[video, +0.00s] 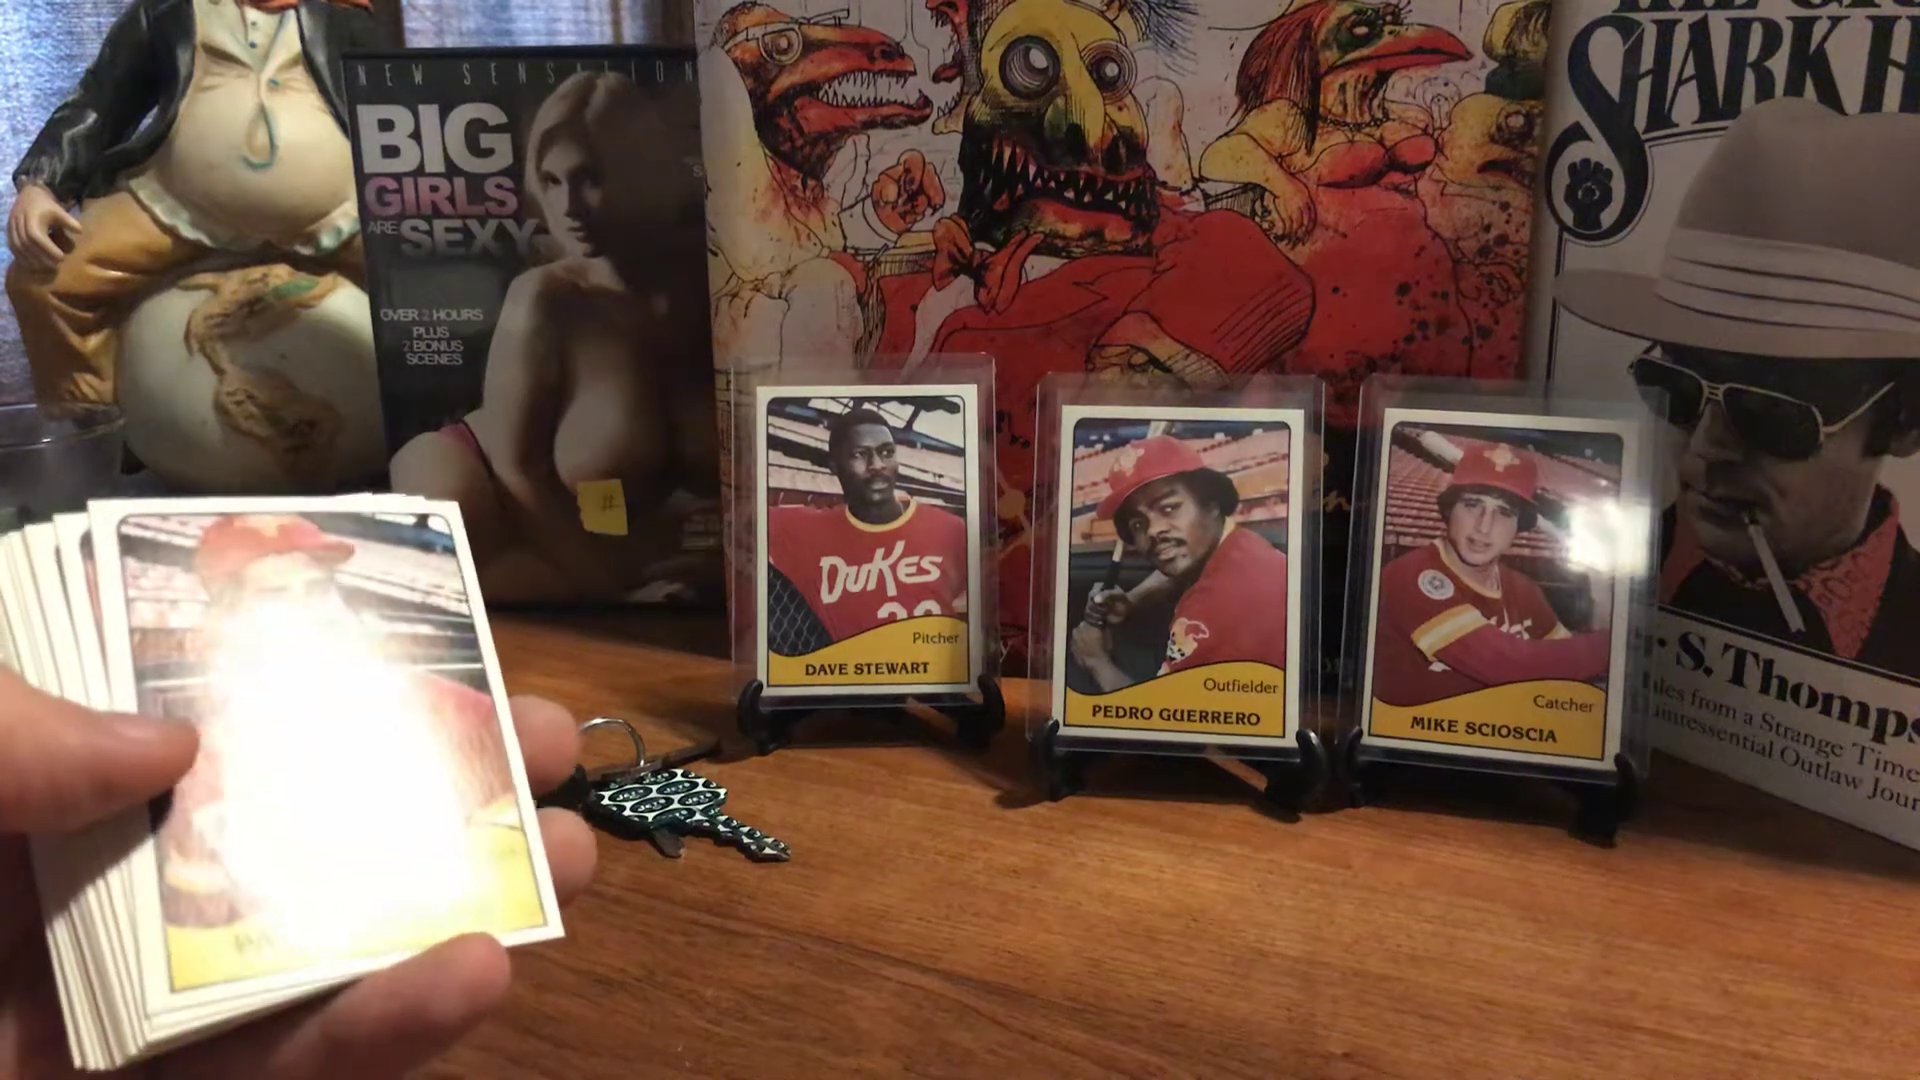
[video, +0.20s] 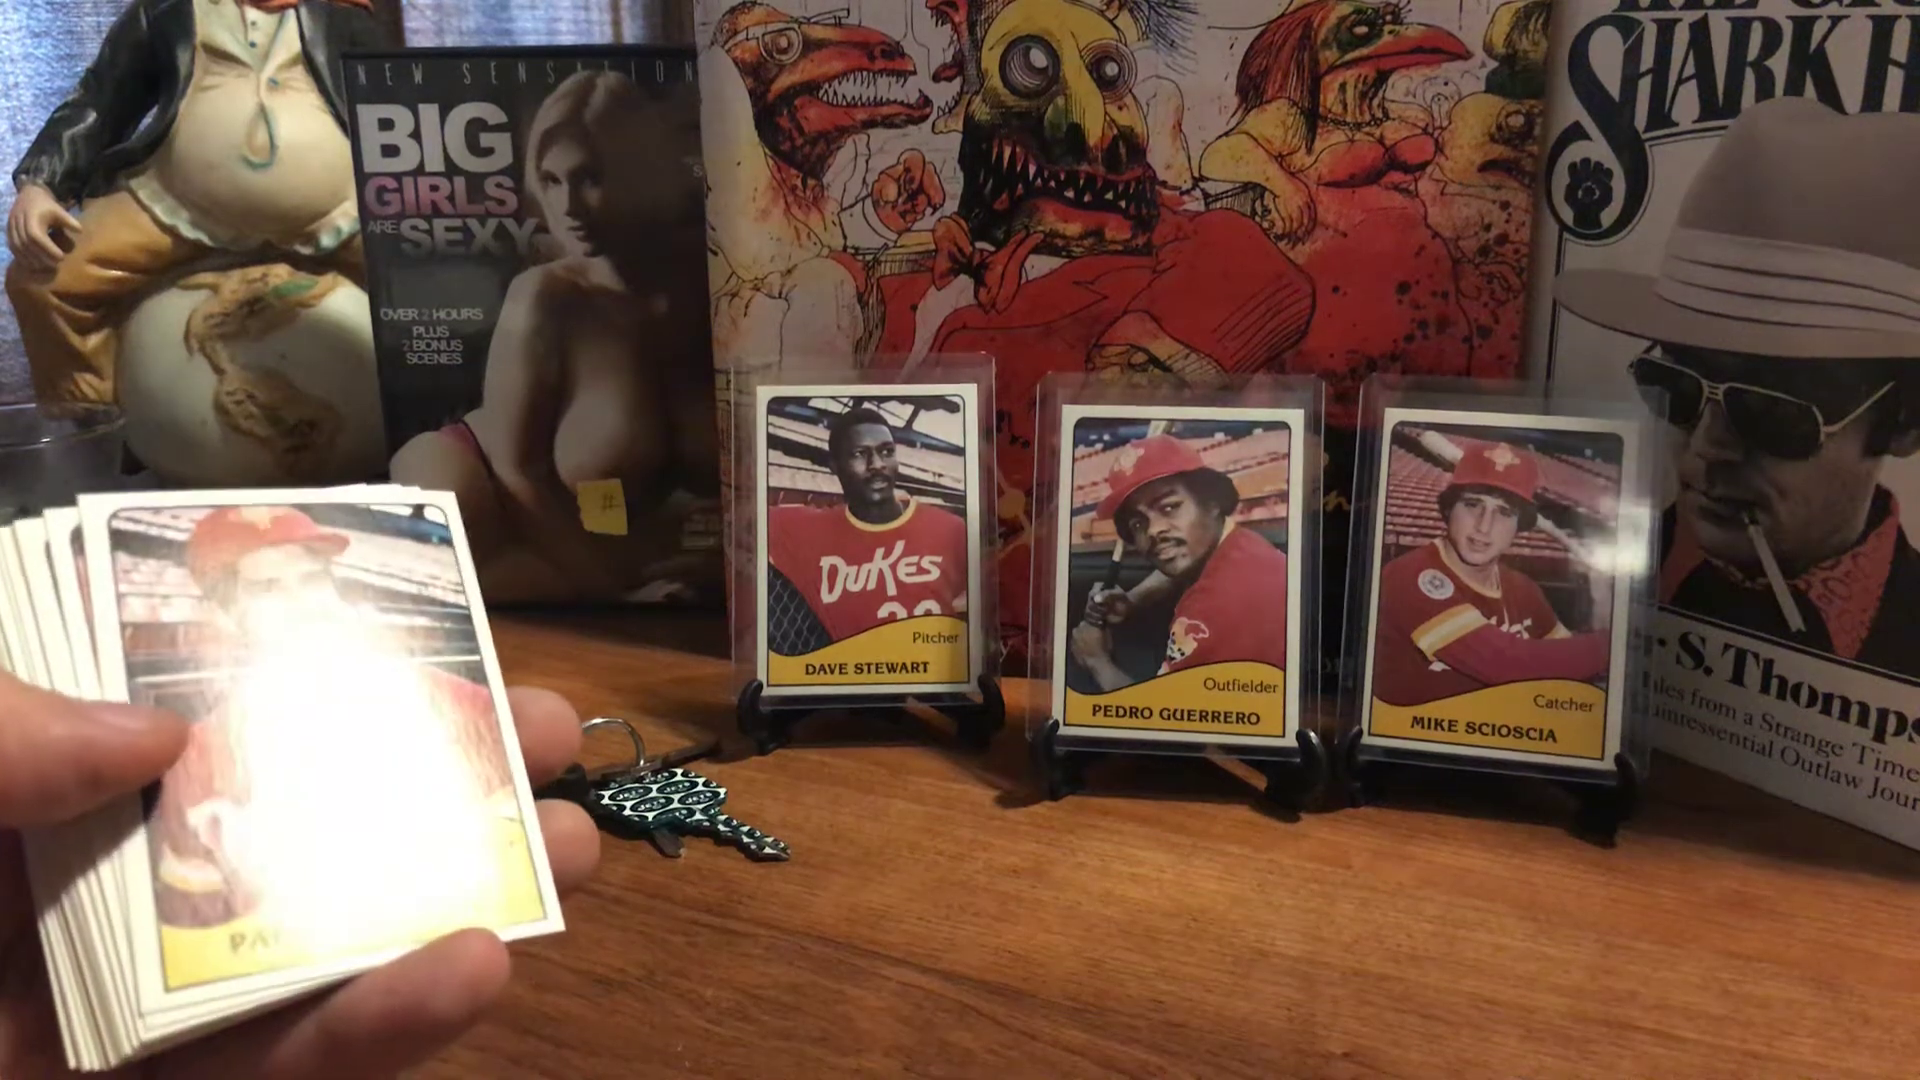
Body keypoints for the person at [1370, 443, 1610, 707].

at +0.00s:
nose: (1484, 526)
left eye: (1503, 513)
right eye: (1472, 505)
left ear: (1518, 526)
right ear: (1448, 509)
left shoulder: (1523, 591)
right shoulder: (1412, 578)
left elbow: (1569, 662)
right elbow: (1503, 664)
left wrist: (1629, 637)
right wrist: (1621, 642)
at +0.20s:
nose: (1483, 525)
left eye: (1503, 512)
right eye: (1472, 505)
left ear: (1519, 525)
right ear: (1448, 508)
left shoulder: (1521, 590)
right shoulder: (1411, 578)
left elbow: (1571, 663)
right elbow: (1502, 663)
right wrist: (1620, 643)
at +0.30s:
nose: (1483, 526)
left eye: (1503, 512)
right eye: (1472, 505)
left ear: (1519, 527)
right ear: (1449, 509)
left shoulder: (1522, 590)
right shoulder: (1411, 578)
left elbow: (1577, 671)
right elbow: (1503, 664)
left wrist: (1603, 605)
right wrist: (1618, 641)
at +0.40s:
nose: (1483, 526)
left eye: (1503, 512)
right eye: (1472, 505)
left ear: (1519, 527)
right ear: (1449, 509)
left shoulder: (1521, 590)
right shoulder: (1411, 578)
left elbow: (1578, 671)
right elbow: (1502, 663)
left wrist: (1603, 606)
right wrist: (1617, 642)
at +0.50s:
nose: (1483, 525)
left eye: (1503, 512)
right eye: (1472, 505)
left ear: (1519, 526)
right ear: (1449, 508)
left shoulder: (1521, 590)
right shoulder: (1412, 578)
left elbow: (1577, 672)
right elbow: (1501, 663)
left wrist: (1603, 604)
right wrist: (1617, 641)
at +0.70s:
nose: (1484, 526)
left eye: (1503, 512)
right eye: (1473, 505)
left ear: (1519, 526)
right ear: (1449, 508)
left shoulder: (1522, 591)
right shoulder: (1412, 578)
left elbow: (1577, 673)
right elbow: (1500, 663)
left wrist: (1603, 605)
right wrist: (1616, 642)